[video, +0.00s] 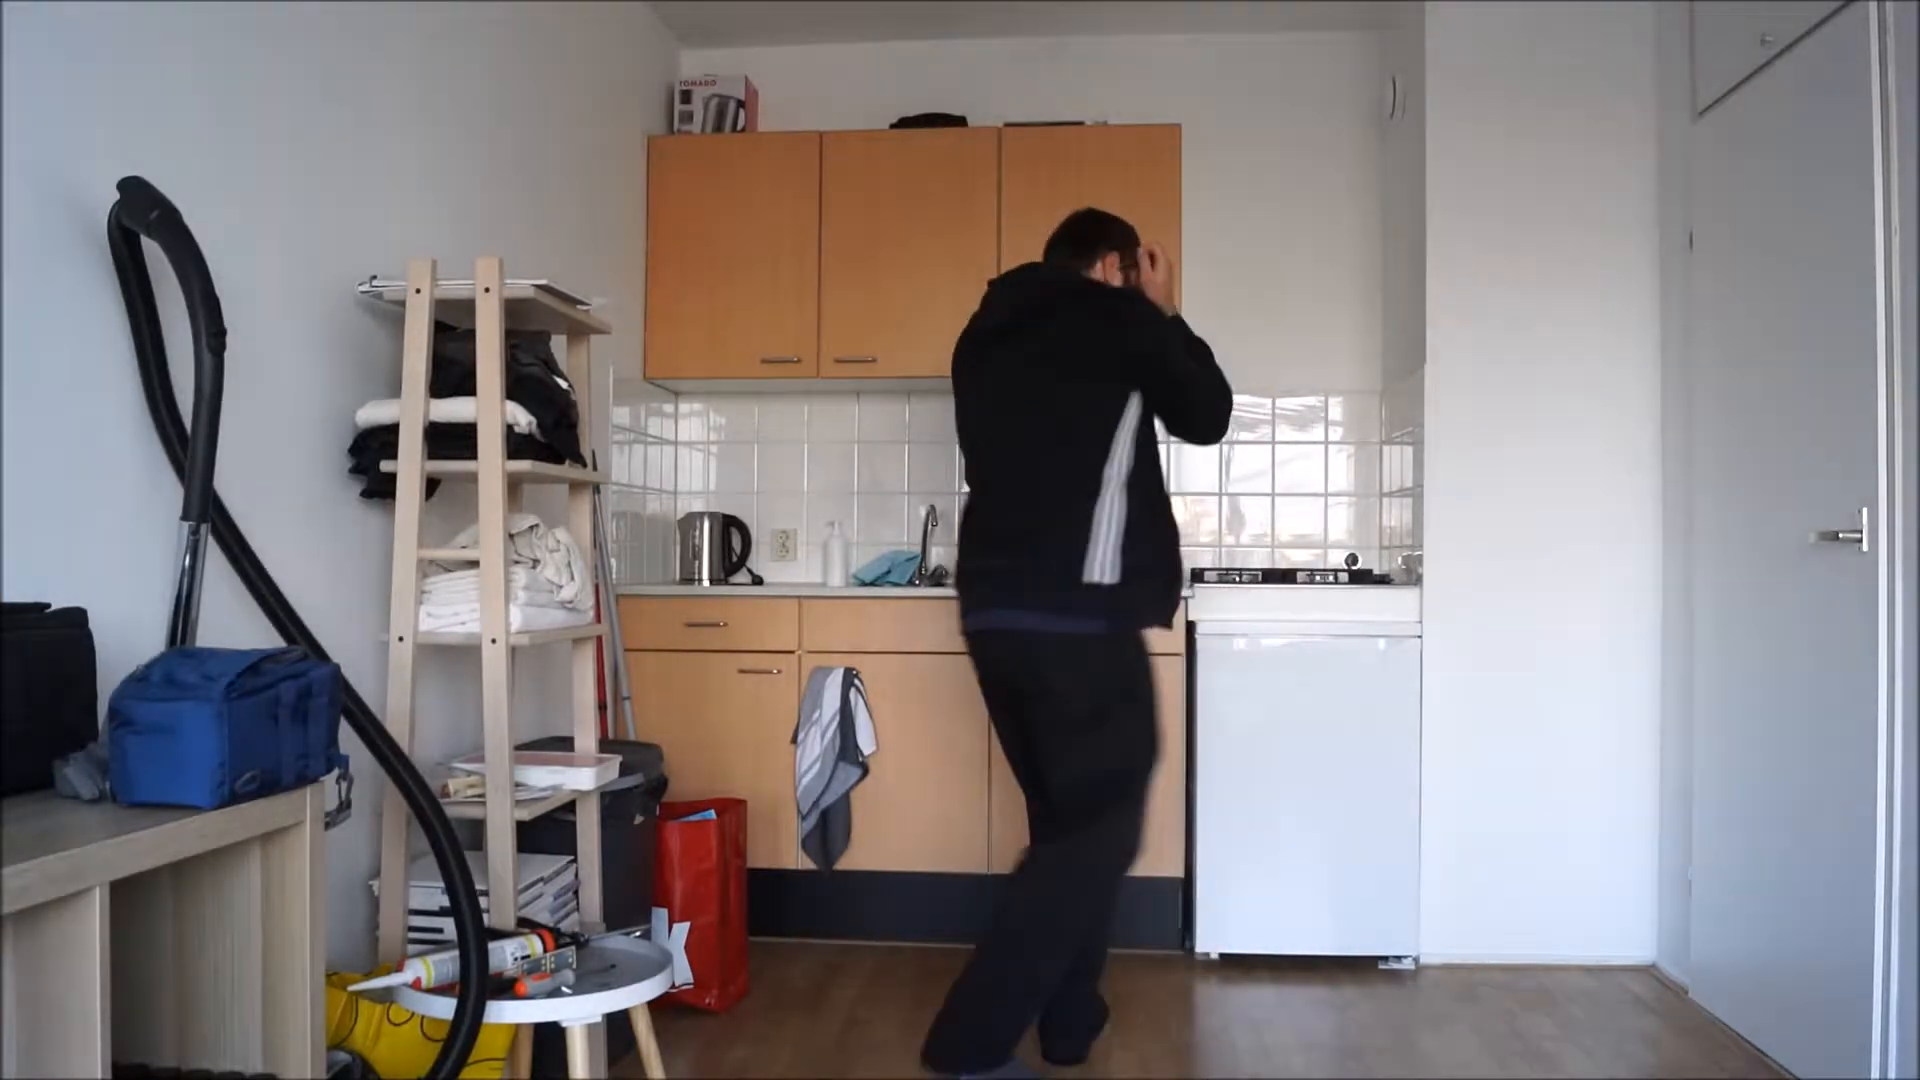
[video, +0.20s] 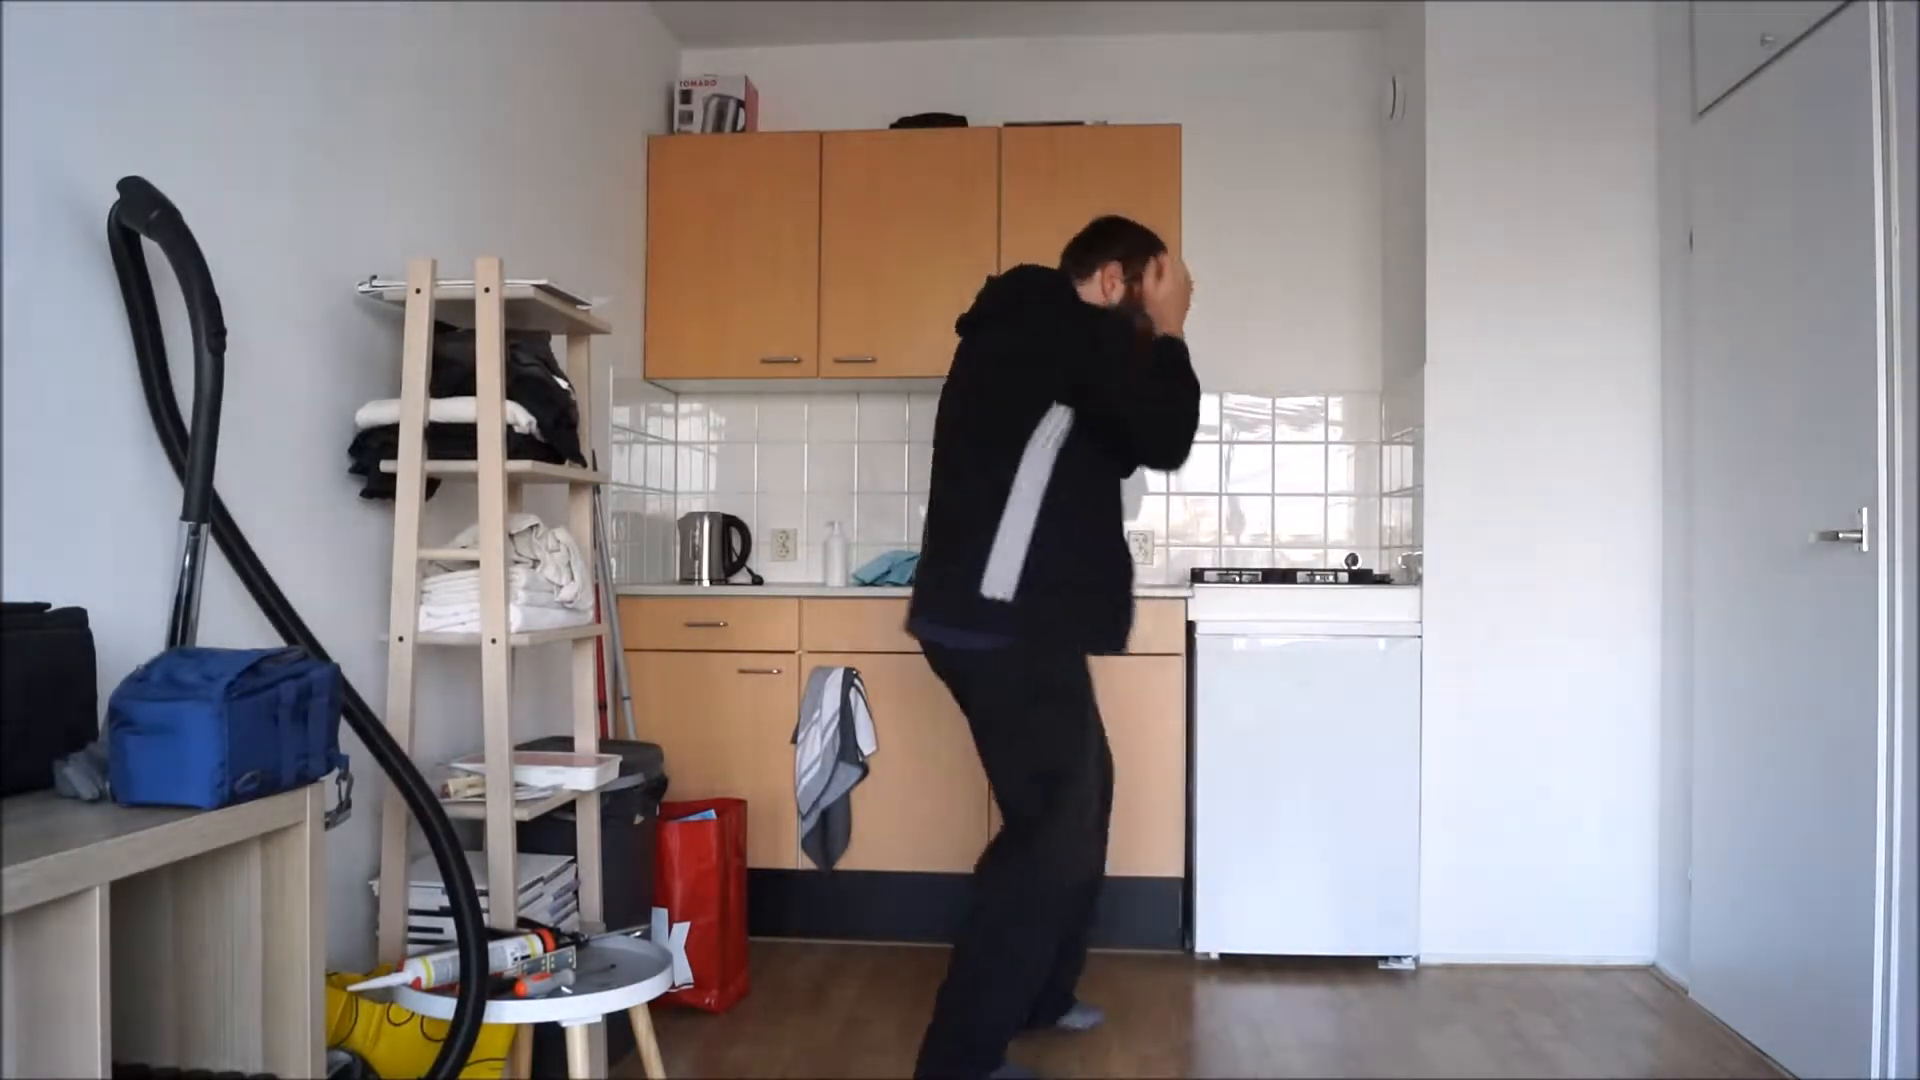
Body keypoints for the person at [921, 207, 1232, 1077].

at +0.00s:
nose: (1141, 284)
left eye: (1139, 272)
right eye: (1138, 273)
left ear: (1051, 263)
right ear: (1112, 266)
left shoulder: (982, 336)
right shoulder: (1122, 322)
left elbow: (993, 456)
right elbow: (1207, 412)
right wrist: (1161, 312)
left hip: (993, 613)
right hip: (1082, 615)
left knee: (1063, 819)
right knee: (1101, 827)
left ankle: (1072, 1025)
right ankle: (966, 1045)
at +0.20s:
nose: (1157, 313)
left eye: (1160, 298)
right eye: (1154, 297)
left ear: (1089, 274)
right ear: (1109, 280)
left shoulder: (1020, 318)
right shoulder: (1068, 328)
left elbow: (1131, 440)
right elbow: (1166, 439)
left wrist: (1140, 342)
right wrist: (1167, 336)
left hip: (1007, 619)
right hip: (1002, 624)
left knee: (1082, 794)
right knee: (1052, 822)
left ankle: (1038, 996)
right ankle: (959, 1056)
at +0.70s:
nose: (1166, 420)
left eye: (1171, 407)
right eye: (1164, 404)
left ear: (1113, 385)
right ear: (1122, 387)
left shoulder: (1076, 422)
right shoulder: (1054, 411)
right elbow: (1151, 536)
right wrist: (1178, 436)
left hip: (992, 665)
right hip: (943, 671)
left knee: (1089, 791)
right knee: (1056, 837)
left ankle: (1032, 972)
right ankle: (958, 1058)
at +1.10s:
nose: (1139, 326)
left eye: (1139, 312)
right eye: (1133, 310)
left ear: (1085, 300)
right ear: (1090, 297)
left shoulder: (1066, 352)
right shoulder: (1021, 324)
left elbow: (1139, 439)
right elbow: (1144, 435)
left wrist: (1142, 346)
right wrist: (1157, 340)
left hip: (1019, 619)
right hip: (960, 615)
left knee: (1069, 786)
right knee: (1020, 801)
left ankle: (1027, 977)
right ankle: (942, 1016)